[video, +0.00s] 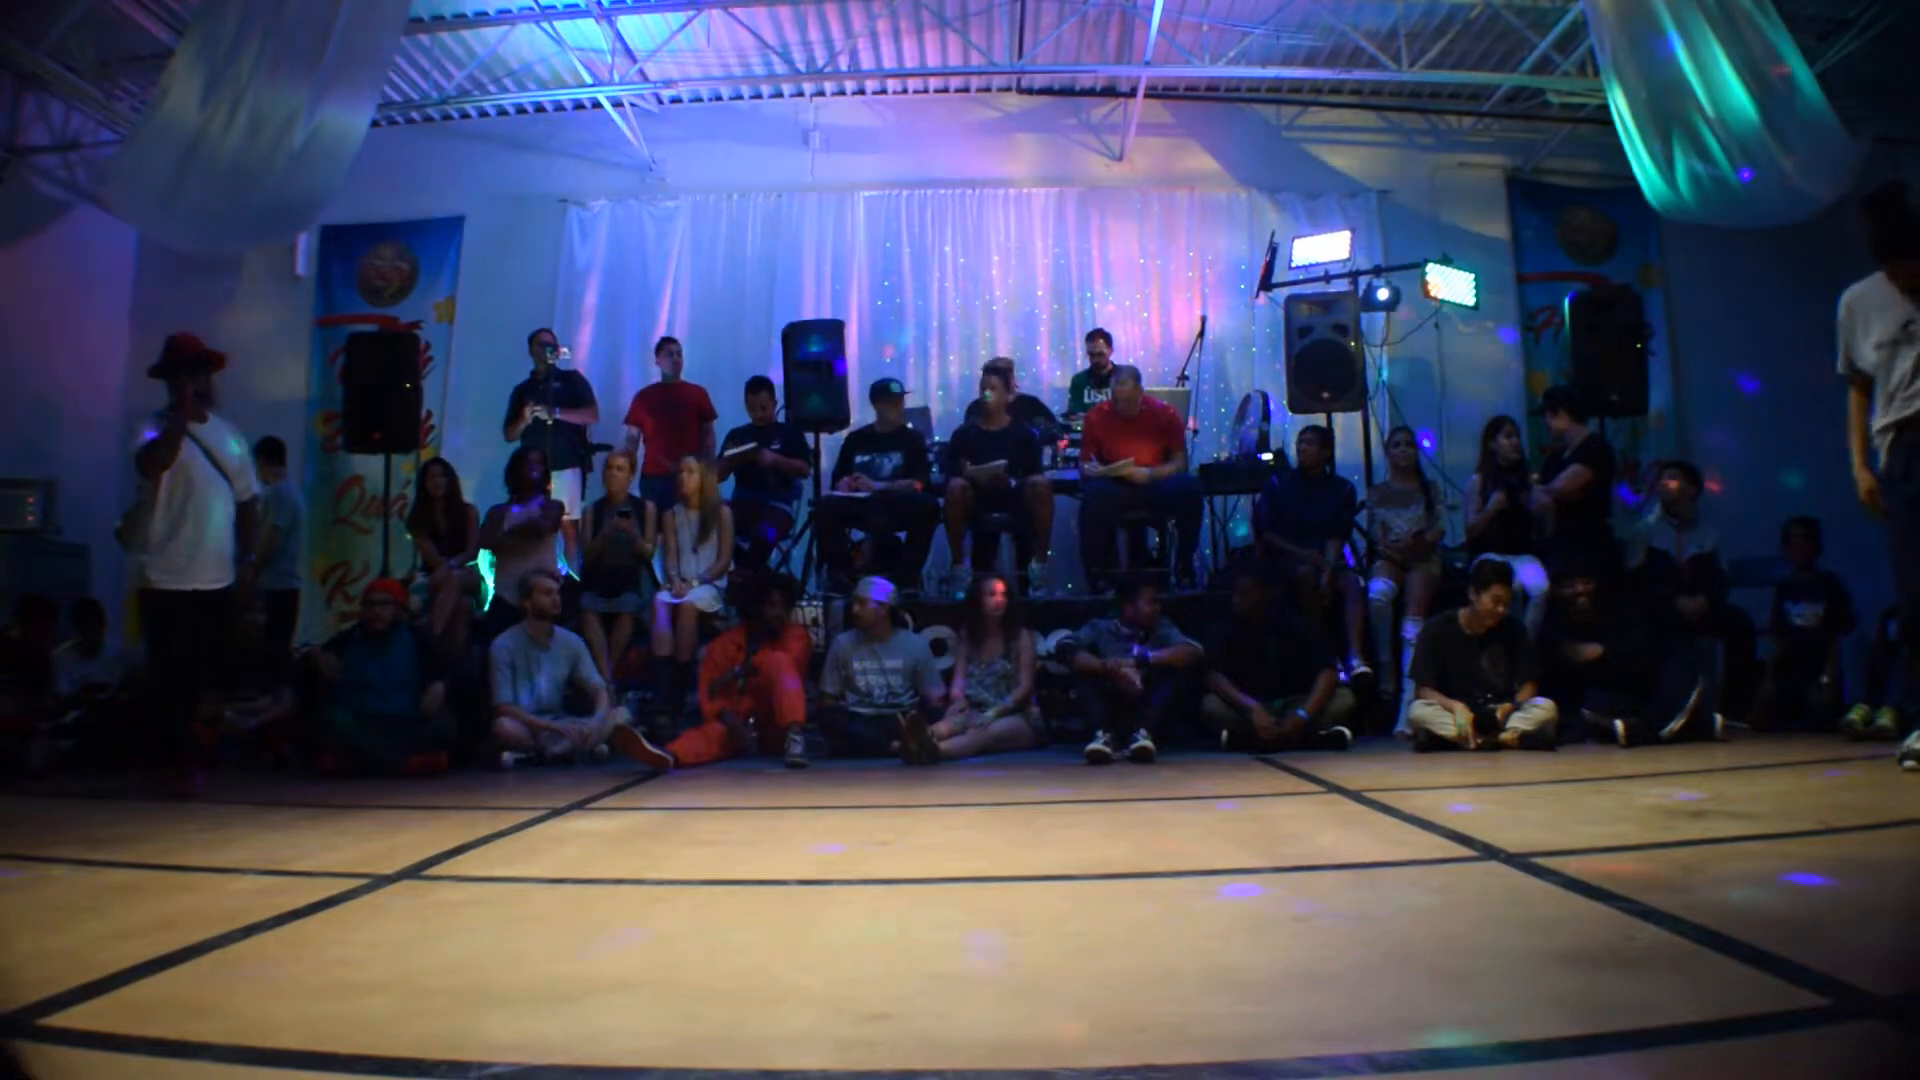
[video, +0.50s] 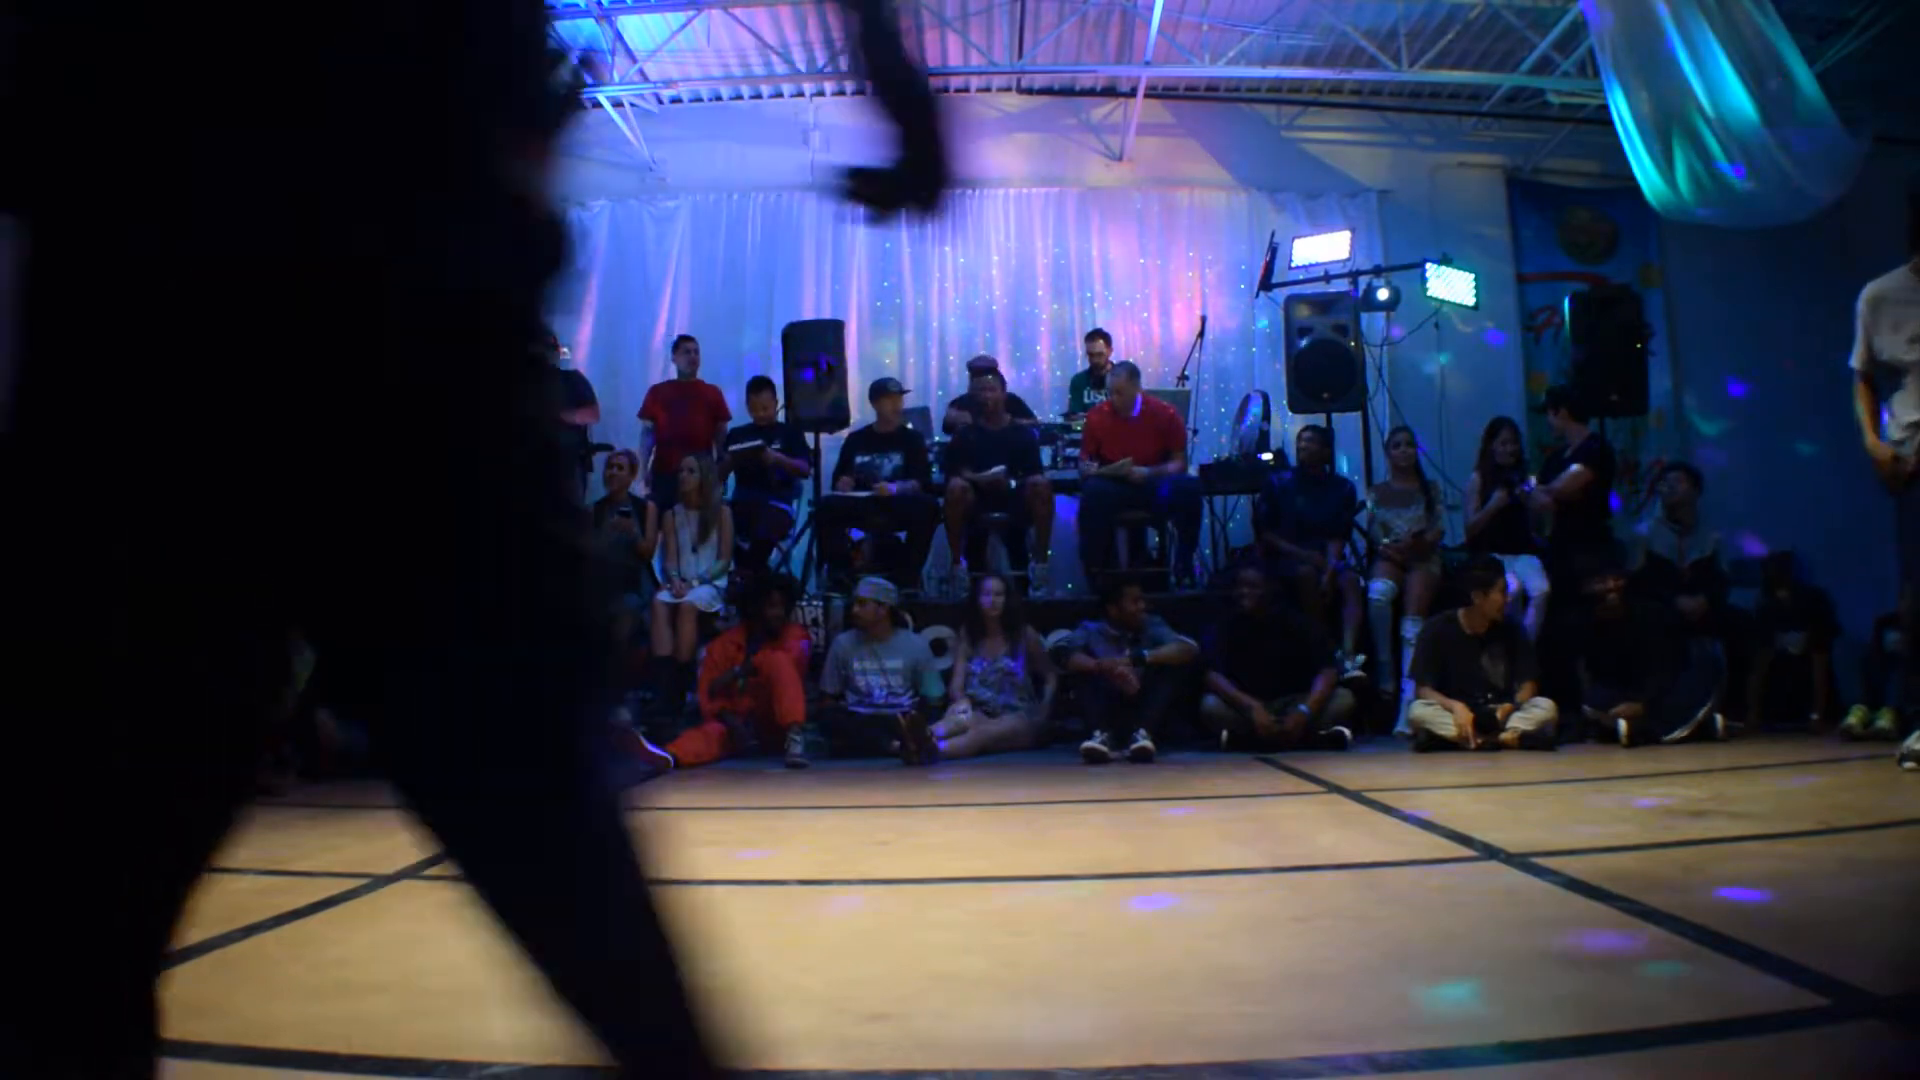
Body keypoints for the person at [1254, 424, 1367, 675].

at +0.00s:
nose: (1303, 449)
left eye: (1310, 444)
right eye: (1300, 443)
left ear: (1326, 452)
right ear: (1296, 449)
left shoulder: (1341, 488)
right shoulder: (1281, 484)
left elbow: (1338, 535)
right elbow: (1265, 532)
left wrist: (1327, 572)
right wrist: (1303, 554)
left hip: (1326, 557)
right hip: (1291, 557)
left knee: (1352, 583)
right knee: (1307, 577)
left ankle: (1355, 657)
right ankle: (1319, 658)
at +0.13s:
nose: (1304, 448)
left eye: (1311, 443)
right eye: (1301, 442)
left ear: (1326, 451)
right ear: (1296, 448)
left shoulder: (1342, 487)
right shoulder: (1282, 483)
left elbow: (1338, 535)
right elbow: (1265, 532)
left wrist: (1328, 572)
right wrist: (1303, 554)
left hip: (1326, 555)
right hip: (1291, 554)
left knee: (1352, 582)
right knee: (1307, 577)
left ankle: (1355, 655)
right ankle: (1321, 654)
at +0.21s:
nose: (1304, 447)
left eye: (1311, 442)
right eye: (1301, 442)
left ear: (1326, 450)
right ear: (1296, 448)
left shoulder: (1342, 487)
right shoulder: (1281, 482)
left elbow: (1338, 535)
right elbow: (1265, 532)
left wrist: (1328, 573)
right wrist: (1304, 555)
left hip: (1326, 555)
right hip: (1291, 554)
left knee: (1352, 583)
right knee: (1307, 578)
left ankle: (1354, 656)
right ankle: (1321, 654)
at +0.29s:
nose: (1304, 447)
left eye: (1311, 442)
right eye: (1301, 442)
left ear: (1326, 450)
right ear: (1296, 449)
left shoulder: (1342, 487)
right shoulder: (1281, 482)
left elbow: (1338, 535)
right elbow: (1266, 532)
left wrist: (1327, 573)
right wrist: (1303, 555)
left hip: (1326, 555)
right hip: (1291, 555)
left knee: (1351, 583)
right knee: (1307, 576)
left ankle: (1352, 655)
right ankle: (1319, 653)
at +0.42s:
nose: (1304, 447)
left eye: (1311, 442)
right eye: (1301, 442)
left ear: (1326, 451)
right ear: (1296, 448)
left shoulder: (1342, 488)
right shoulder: (1280, 484)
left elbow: (1338, 535)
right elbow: (1266, 533)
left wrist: (1328, 572)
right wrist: (1304, 555)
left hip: (1327, 556)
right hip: (1291, 555)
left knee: (1350, 581)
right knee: (1307, 576)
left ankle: (1350, 655)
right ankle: (1320, 653)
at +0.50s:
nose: (1303, 447)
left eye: (1311, 442)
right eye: (1301, 441)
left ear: (1326, 450)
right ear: (1296, 447)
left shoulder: (1342, 487)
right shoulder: (1279, 483)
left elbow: (1339, 536)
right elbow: (1265, 533)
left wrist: (1329, 571)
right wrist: (1305, 556)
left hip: (1326, 555)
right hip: (1289, 555)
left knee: (1351, 582)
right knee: (1307, 577)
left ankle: (1347, 654)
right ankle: (1314, 653)